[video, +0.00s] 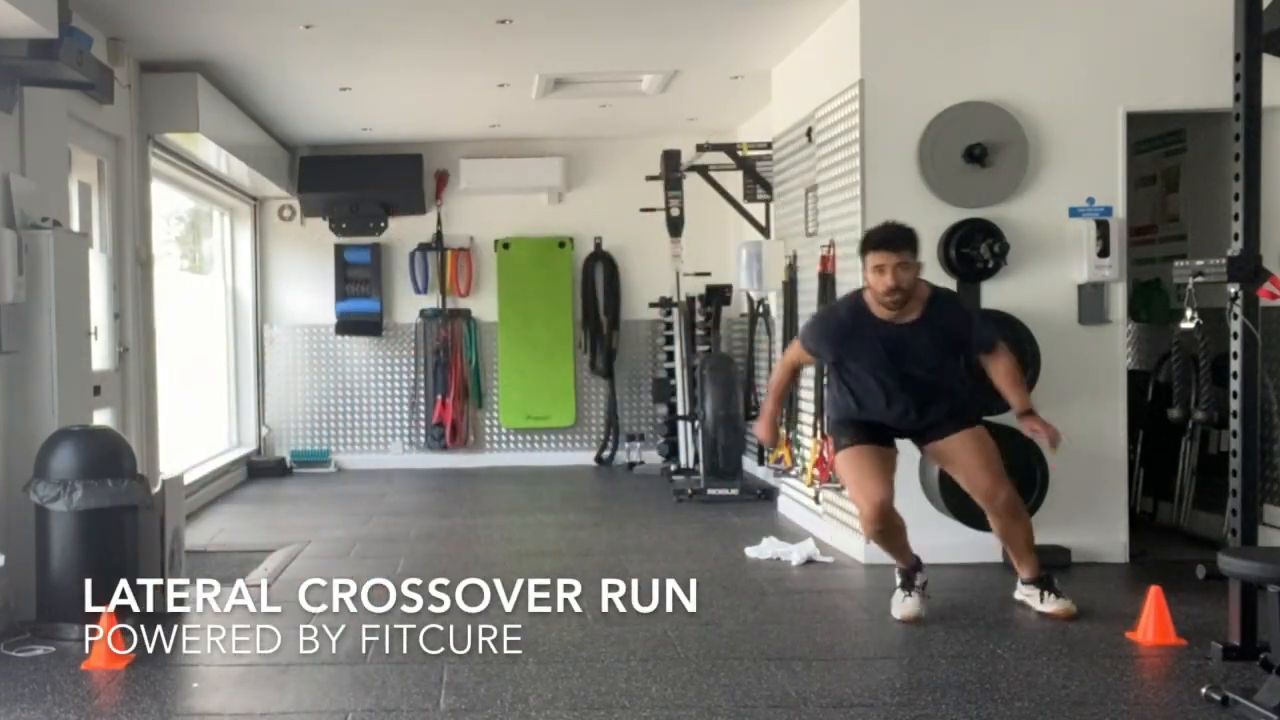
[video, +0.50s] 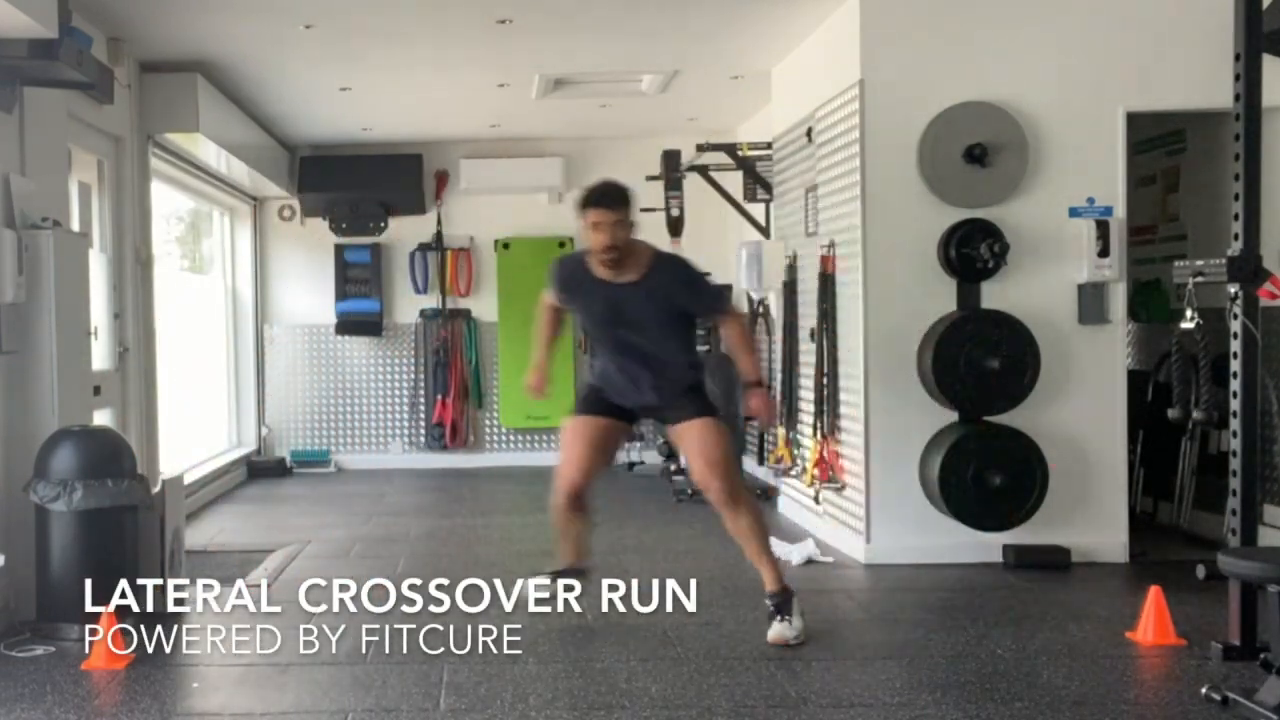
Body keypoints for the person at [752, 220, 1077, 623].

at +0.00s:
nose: (891, 280)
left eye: (901, 268)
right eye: (880, 270)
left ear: (917, 268)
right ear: (865, 273)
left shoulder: (946, 310)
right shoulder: (838, 320)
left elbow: (994, 352)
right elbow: (790, 361)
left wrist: (1024, 410)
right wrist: (768, 416)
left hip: (938, 410)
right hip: (861, 417)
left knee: (998, 492)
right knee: (874, 514)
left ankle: (1031, 582)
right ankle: (909, 572)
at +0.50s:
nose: (606, 239)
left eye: (615, 227)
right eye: (595, 228)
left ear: (630, 224)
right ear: (582, 230)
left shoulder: (671, 273)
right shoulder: (570, 274)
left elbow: (730, 318)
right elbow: (552, 305)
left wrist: (753, 384)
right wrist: (539, 365)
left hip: (678, 390)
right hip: (609, 389)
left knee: (720, 488)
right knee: (568, 487)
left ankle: (778, 592)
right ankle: (572, 573)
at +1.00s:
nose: (326, 269)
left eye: (336, 256)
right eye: (315, 257)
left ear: (353, 254)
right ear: (303, 258)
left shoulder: (385, 312)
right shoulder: (287, 300)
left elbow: (418, 373)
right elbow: (259, 343)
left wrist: (410, 441)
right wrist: (249, 388)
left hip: (359, 419)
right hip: (300, 407)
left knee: (326, 498)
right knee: (240, 494)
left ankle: (339, 594)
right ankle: (182, 587)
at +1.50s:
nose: (368, 254)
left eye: (379, 243)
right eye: (357, 242)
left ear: (393, 246)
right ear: (340, 244)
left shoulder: (420, 302)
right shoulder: (318, 286)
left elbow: (469, 345)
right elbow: (275, 315)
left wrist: (491, 395)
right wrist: (246, 376)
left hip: (365, 424)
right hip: (314, 397)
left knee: (320, 510)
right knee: (309, 474)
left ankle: (260, 580)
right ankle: (256, 568)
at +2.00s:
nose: (726, 224)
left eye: (730, 214)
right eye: (717, 213)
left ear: (730, 215)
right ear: (686, 213)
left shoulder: (729, 268)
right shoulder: (640, 263)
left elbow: (754, 318)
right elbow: (566, 301)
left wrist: (778, 354)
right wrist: (539, 371)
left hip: (676, 386)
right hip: (625, 380)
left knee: (678, 498)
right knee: (659, 479)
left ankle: (608, 582)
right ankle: (585, 566)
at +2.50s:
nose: (986, 277)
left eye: (995, 264)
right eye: (973, 267)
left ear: (1012, 265)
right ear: (955, 271)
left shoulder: (1032, 311)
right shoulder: (929, 318)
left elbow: (1051, 365)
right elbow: (874, 370)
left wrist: (1062, 413)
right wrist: (893, 407)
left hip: (1005, 418)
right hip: (936, 422)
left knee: (1076, 493)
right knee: (949, 480)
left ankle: (1099, 578)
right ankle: (944, 587)